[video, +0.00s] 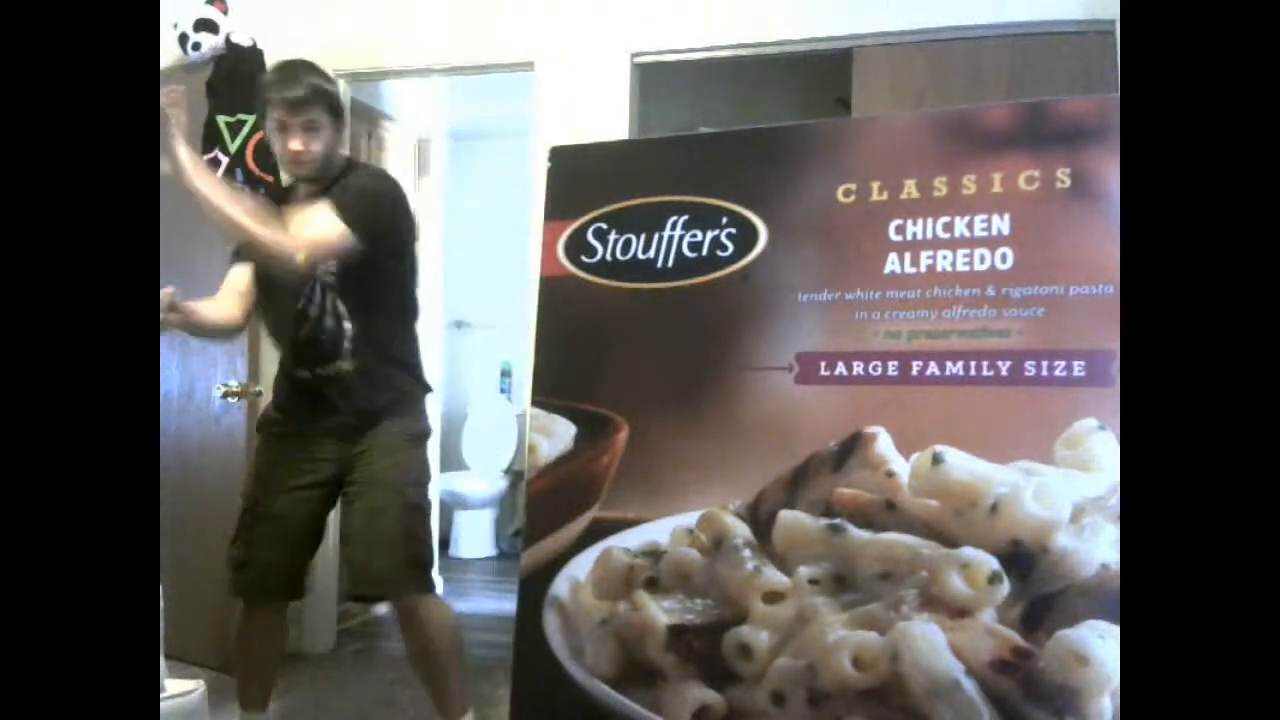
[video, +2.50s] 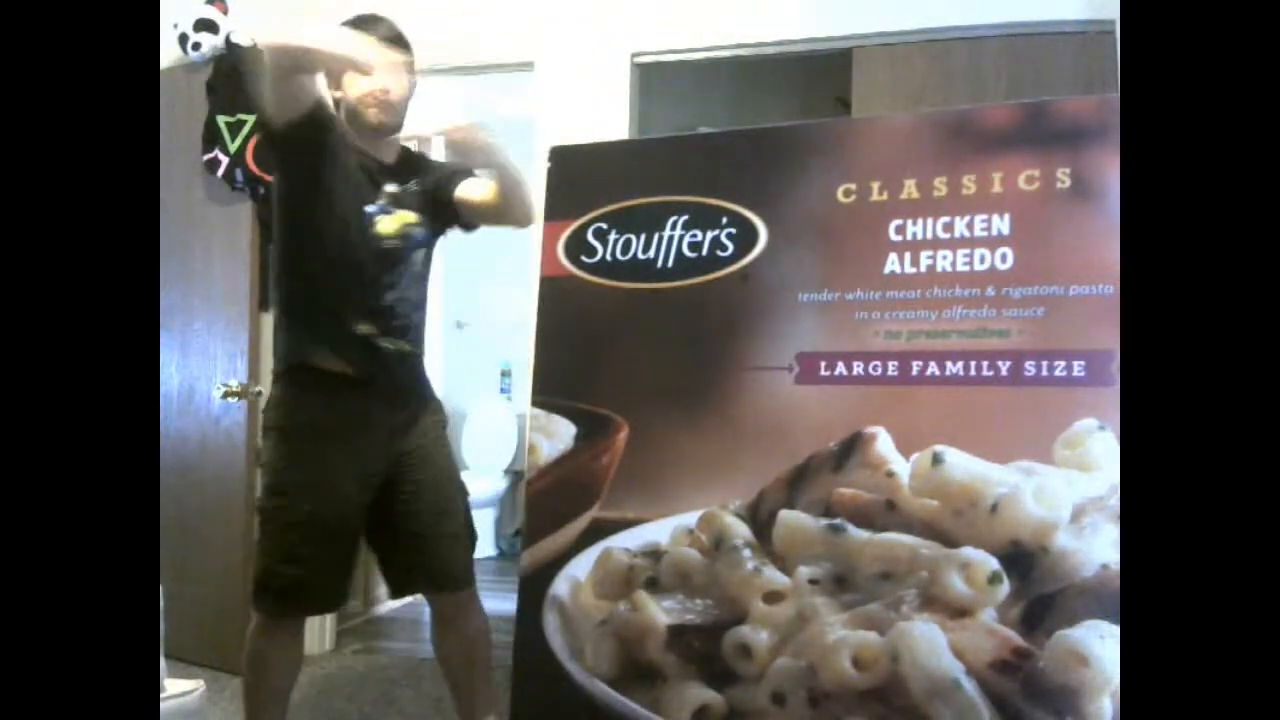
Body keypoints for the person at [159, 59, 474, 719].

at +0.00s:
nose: (298, 145)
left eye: (313, 130)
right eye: (285, 130)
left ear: (340, 131)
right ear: (268, 135)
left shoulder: (373, 190)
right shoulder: (267, 216)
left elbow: (297, 251)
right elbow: (231, 311)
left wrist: (189, 168)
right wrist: (180, 309)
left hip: (385, 414)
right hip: (301, 416)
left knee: (399, 572)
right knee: (263, 581)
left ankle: (459, 715)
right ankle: (253, 715)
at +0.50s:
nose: (424, 136)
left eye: (435, 120)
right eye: (407, 118)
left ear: (449, 128)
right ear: (369, 125)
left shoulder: (470, 207)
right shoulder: (358, 205)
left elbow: (555, 213)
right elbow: (346, 197)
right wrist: (364, 149)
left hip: (462, 421)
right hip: (375, 425)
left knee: (501, 589)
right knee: (315, 597)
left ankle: (512, 713)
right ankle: (261, 710)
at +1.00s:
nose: (517, 131)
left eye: (525, 115)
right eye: (510, 114)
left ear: (541, 121)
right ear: (483, 115)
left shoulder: (556, 201)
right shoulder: (460, 183)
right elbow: (418, 133)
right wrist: (475, 136)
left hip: (537, 432)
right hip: (460, 422)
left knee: (538, 612)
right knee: (371, 595)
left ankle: (555, 719)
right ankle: (325, 716)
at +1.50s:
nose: (415, 172)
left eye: (420, 154)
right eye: (412, 156)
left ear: (460, 145)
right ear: (456, 149)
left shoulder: (525, 206)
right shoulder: (477, 215)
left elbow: (451, 259)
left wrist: (361, 275)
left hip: (534, 439)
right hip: (478, 429)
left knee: (498, 630)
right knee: (415, 613)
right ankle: (374, 713)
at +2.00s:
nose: (443, 112)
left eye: (456, 96)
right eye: (427, 98)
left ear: (480, 102)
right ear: (407, 109)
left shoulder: (517, 188)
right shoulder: (384, 203)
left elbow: (595, 171)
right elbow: (331, 291)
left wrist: (522, 167)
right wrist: (420, 257)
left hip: (494, 424)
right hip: (403, 421)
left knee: (511, 607)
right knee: (331, 597)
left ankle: (532, 719)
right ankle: (288, 717)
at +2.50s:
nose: (387, 87)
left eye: (400, 74)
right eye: (370, 73)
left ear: (412, 86)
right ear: (338, 83)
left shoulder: (426, 176)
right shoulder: (308, 145)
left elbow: (518, 213)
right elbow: (269, 57)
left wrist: (493, 156)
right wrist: (343, 56)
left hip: (407, 404)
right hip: (315, 402)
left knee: (455, 586)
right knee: (283, 603)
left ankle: (480, 716)